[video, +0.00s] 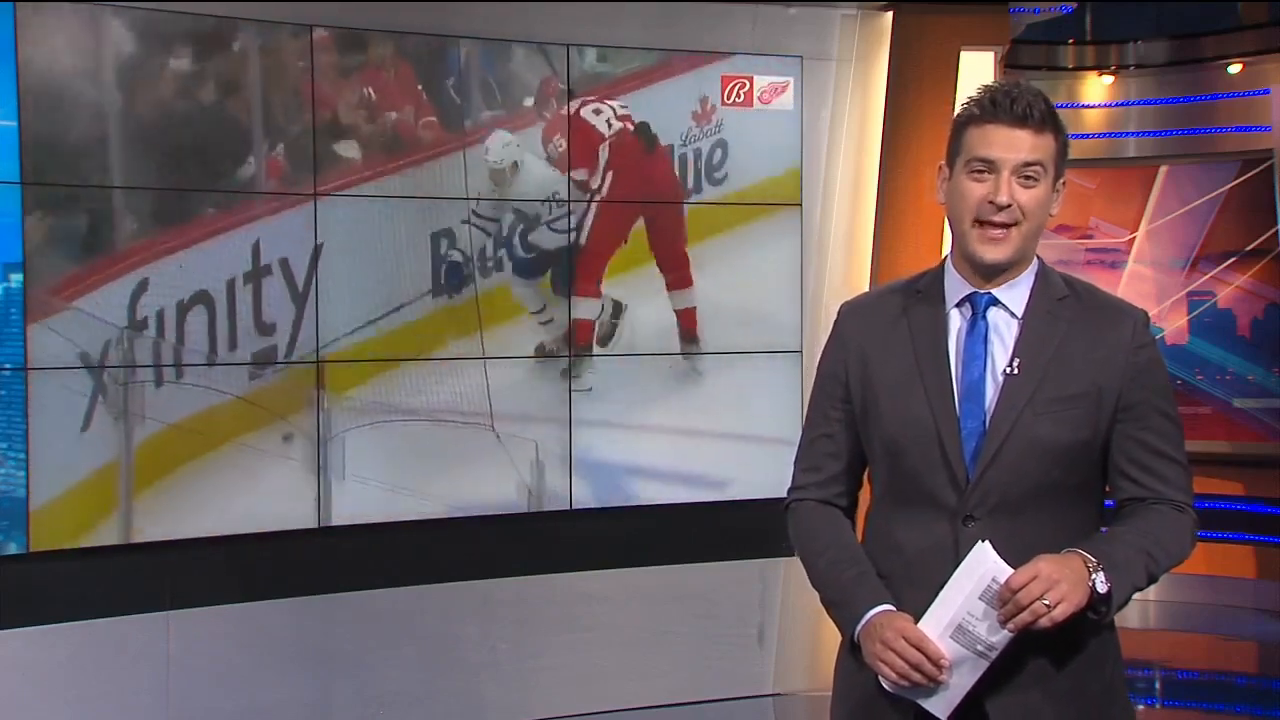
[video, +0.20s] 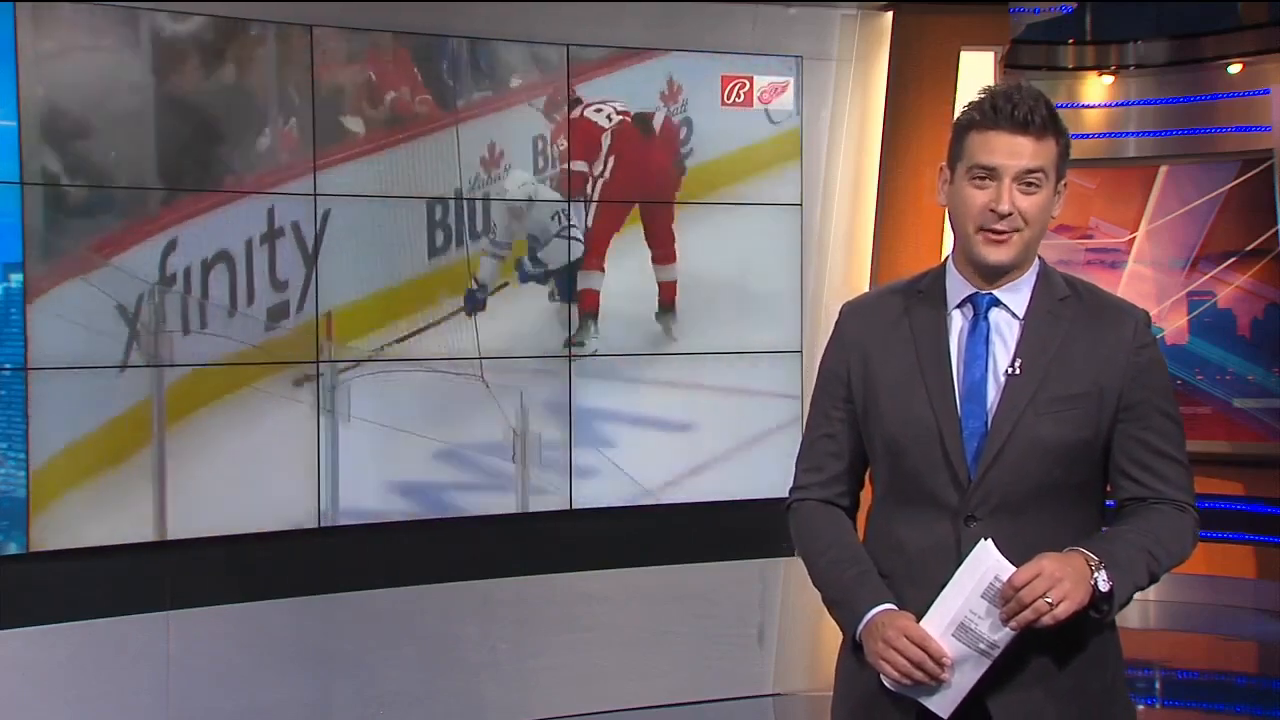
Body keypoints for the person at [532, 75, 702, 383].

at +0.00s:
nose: (544, 116)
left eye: (544, 112)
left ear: (550, 106)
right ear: (568, 95)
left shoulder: (561, 120)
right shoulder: (612, 104)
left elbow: (579, 175)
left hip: (623, 182)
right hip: (665, 178)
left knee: (590, 265)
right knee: (674, 259)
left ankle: (580, 352)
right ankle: (690, 339)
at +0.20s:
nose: (554, 124)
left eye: (553, 118)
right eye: (552, 119)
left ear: (560, 111)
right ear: (578, 100)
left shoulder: (574, 122)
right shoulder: (615, 107)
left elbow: (576, 177)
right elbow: (667, 124)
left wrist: (575, 224)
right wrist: (676, 162)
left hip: (621, 175)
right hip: (660, 171)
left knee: (596, 245)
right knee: (662, 240)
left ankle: (588, 321)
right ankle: (667, 311)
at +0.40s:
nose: (559, 101)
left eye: (558, 95)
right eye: (556, 95)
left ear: (567, 88)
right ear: (581, 77)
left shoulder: (578, 114)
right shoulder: (618, 82)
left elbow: (581, 176)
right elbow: (674, 86)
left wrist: (573, 220)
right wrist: (671, 122)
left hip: (637, 170)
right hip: (671, 162)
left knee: (602, 236)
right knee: (660, 207)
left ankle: (610, 315)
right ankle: (674, 277)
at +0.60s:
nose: (553, 60)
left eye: (553, 53)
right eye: (550, 53)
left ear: (569, 51)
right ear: (576, 46)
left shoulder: (585, 85)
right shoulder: (609, 46)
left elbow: (610, 143)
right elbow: (657, 56)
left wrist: (575, 167)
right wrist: (653, 89)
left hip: (642, 143)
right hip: (662, 130)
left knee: (605, 216)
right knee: (637, 191)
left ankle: (614, 293)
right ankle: (662, 252)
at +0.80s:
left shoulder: (607, 50)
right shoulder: (586, 50)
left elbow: (639, 96)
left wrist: (605, 132)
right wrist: (580, 86)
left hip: (652, 108)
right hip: (630, 109)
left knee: (631, 184)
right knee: (614, 172)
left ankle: (657, 270)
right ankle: (654, 245)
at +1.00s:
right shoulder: (531, 42)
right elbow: (538, 73)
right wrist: (523, 102)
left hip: (615, 86)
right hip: (579, 96)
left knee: (620, 168)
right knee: (569, 166)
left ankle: (651, 253)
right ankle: (585, 237)